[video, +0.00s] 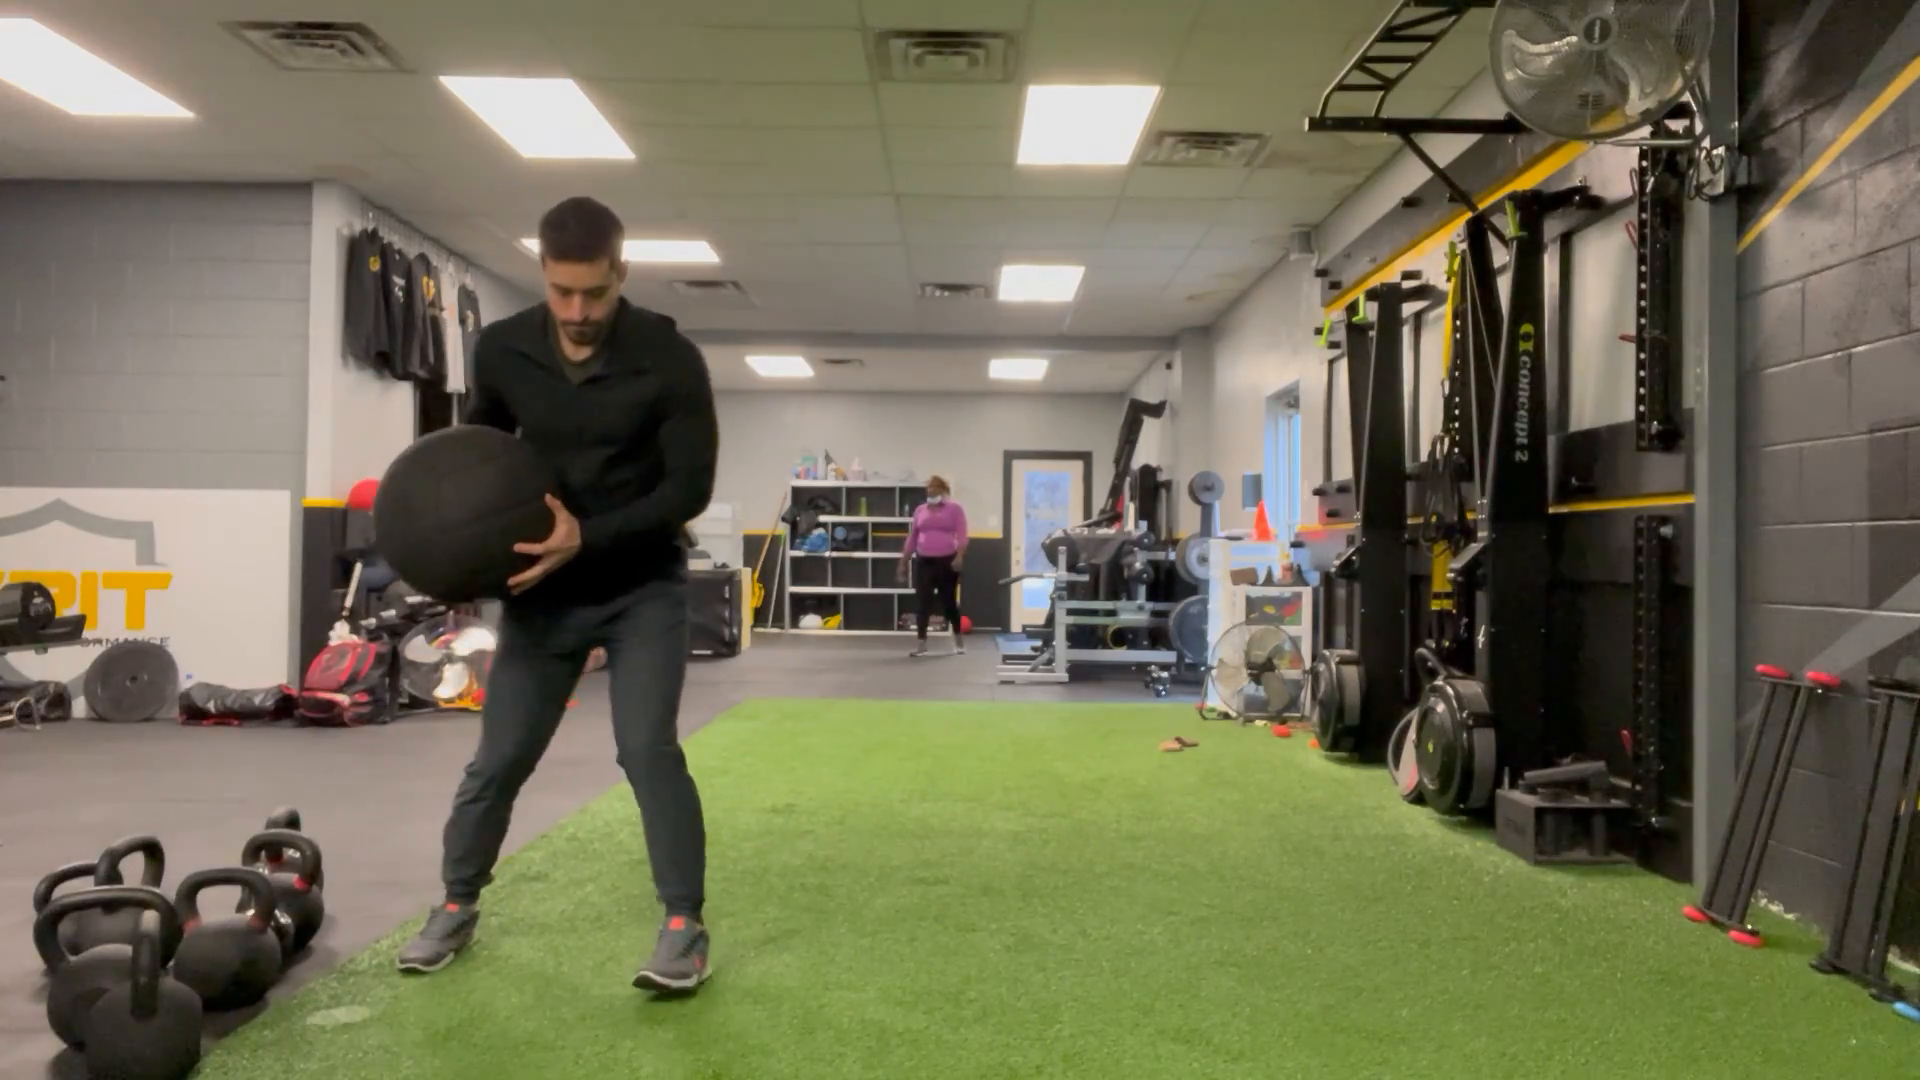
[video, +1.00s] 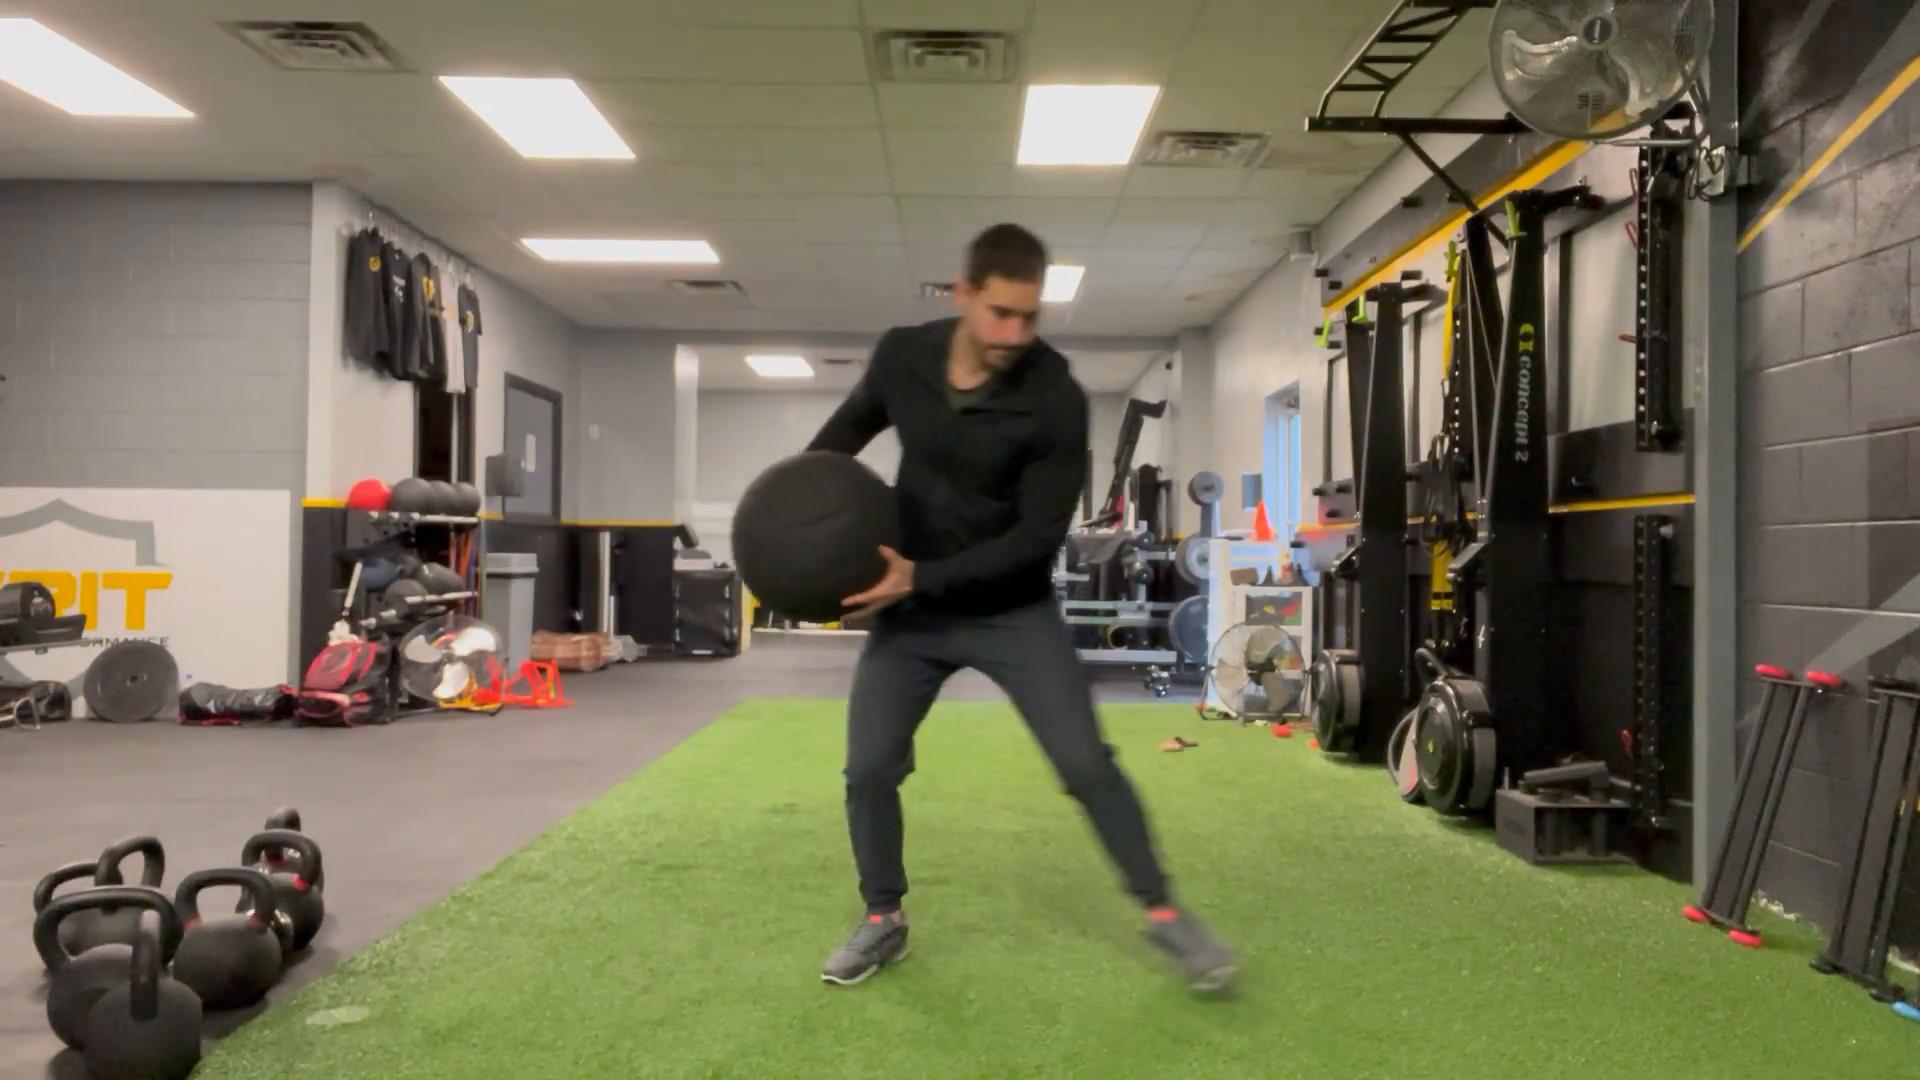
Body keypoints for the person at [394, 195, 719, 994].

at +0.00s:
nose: (578, 312)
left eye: (595, 293)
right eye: (562, 293)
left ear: (621, 276)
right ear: (541, 275)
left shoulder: (669, 356)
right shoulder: (500, 349)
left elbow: (690, 489)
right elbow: (479, 462)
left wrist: (588, 533)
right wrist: (463, 545)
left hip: (645, 584)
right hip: (544, 591)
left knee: (647, 746)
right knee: (498, 760)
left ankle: (683, 923)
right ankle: (455, 907)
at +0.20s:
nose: (638, 319)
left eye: (654, 301)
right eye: (622, 300)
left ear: (682, 283)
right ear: (601, 283)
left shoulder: (727, 360)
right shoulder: (574, 352)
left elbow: (749, 501)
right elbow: (555, 466)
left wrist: (634, 546)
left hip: (714, 591)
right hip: (621, 592)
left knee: (678, 750)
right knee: (562, 753)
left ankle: (685, 932)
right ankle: (515, 894)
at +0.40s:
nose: (704, 323)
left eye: (721, 305)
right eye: (689, 304)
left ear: (747, 290)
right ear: (666, 288)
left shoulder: (789, 377)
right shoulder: (642, 352)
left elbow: (799, 521)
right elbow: (628, 437)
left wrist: (682, 554)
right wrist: (581, 508)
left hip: (772, 597)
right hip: (680, 595)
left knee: (701, 755)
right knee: (649, 762)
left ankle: (687, 934)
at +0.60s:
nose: (791, 326)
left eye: (808, 308)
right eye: (775, 307)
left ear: (830, 294)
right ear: (747, 290)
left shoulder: (865, 380)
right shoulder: (718, 356)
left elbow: (873, 524)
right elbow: (705, 435)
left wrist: (756, 556)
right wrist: (652, 505)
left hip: (845, 600)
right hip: (755, 600)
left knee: (758, 751)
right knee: (757, 765)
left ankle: (701, 930)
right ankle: (857, 904)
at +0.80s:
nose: (891, 328)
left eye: (907, 310)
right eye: (876, 309)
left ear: (925, 299)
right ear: (844, 292)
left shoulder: (952, 385)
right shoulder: (805, 357)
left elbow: (961, 526)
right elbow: (780, 443)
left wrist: (846, 566)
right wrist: (739, 522)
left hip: (932, 590)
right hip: (841, 591)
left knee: (868, 722)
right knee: (816, 765)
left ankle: (866, 915)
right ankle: (877, 918)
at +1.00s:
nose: (1015, 332)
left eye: (1028, 316)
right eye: (1000, 313)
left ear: (1041, 308)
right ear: (961, 294)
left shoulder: (1057, 400)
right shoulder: (903, 356)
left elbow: (1037, 542)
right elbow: (840, 441)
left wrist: (920, 577)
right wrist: (793, 515)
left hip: (1018, 613)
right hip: (913, 611)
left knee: (1084, 763)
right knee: (869, 764)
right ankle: (883, 917)